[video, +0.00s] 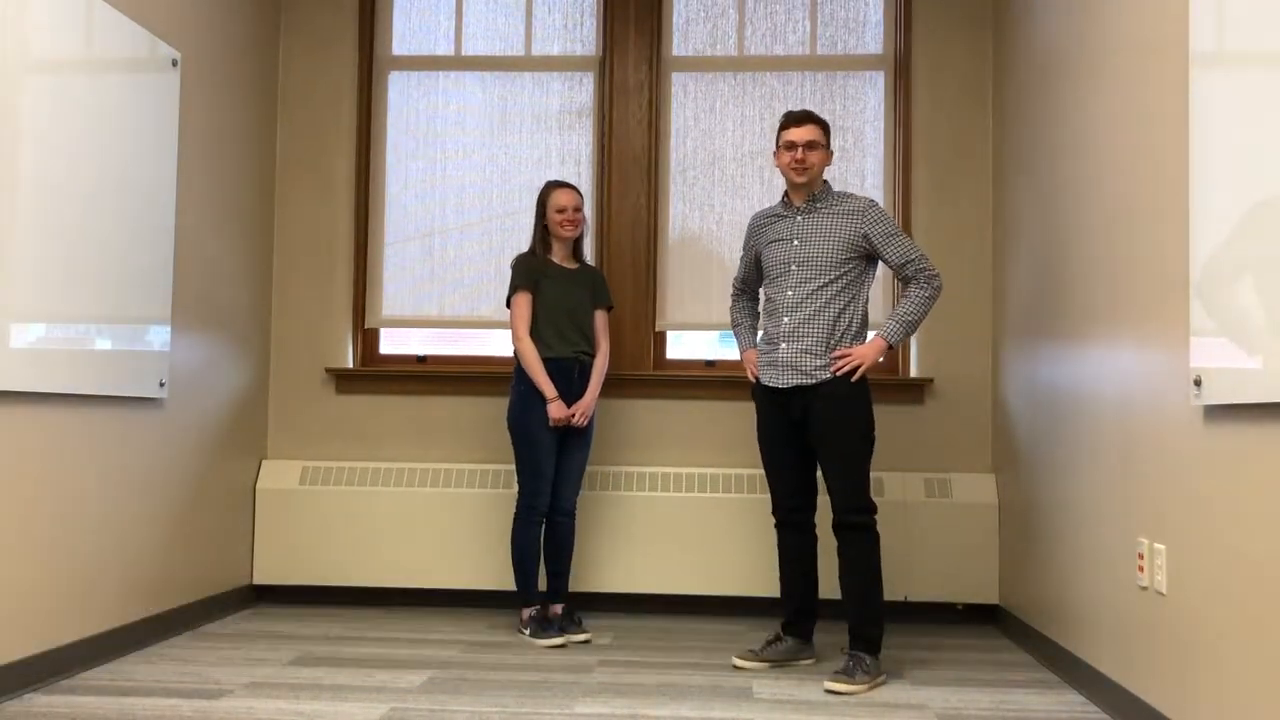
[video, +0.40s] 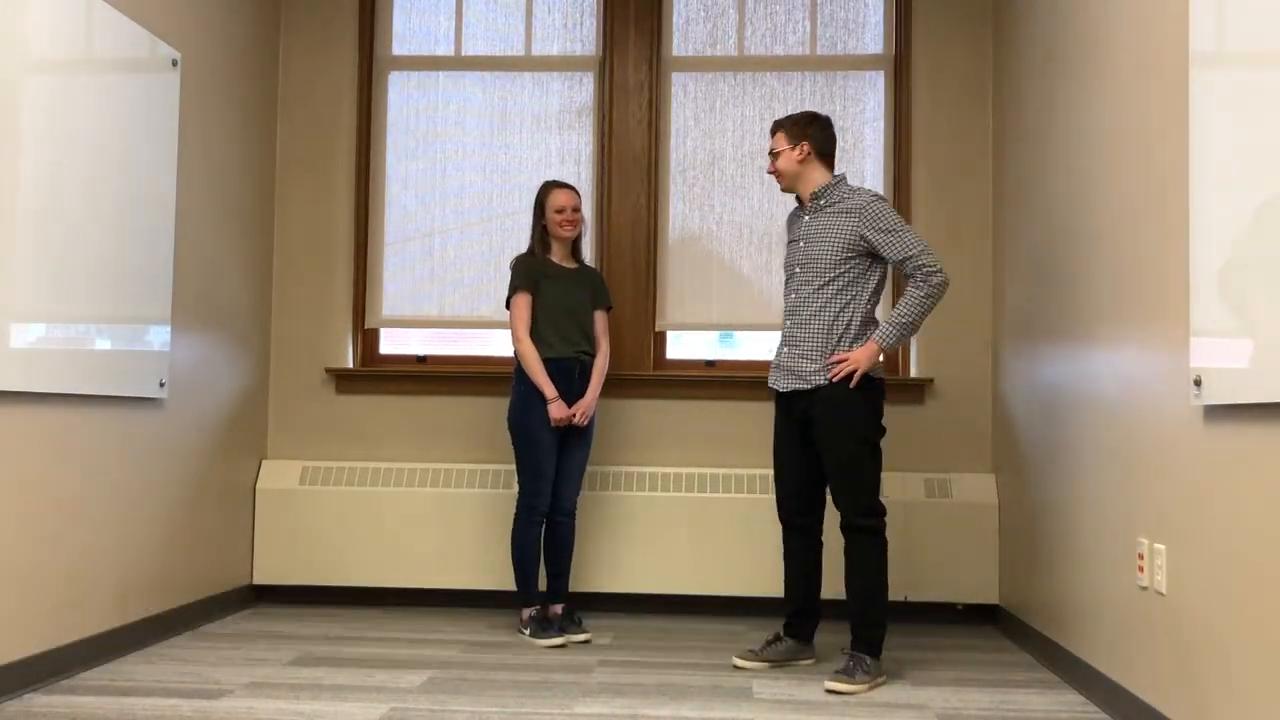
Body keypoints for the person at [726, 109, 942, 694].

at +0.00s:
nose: (799, 155)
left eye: (810, 146)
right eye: (789, 147)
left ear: (828, 155)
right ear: (776, 157)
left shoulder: (858, 214)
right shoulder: (762, 225)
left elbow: (924, 280)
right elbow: (743, 294)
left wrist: (882, 340)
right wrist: (747, 344)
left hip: (838, 388)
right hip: (776, 392)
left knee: (852, 516)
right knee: (791, 517)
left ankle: (863, 653)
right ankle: (795, 636)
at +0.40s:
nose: (769, 164)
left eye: (775, 153)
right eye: (769, 154)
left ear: (803, 150)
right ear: (802, 151)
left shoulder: (859, 207)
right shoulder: (799, 216)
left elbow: (929, 277)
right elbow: (815, 295)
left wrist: (877, 345)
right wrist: (790, 356)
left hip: (845, 391)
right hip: (794, 391)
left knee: (860, 520)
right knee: (799, 518)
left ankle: (865, 655)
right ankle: (797, 638)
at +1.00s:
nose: (768, 170)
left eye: (774, 160)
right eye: (770, 160)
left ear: (797, 163)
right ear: (803, 163)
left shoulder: (829, 217)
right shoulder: (811, 218)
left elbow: (821, 309)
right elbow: (826, 311)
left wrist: (750, 356)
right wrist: (792, 367)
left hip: (840, 387)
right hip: (811, 384)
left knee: (858, 519)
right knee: (788, 506)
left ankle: (866, 653)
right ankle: (781, 625)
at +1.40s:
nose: (743, 177)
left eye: (748, 167)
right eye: (745, 168)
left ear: (772, 167)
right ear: (776, 169)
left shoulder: (796, 225)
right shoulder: (783, 226)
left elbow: (761, 309)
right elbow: (764, 316)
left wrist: (691, 340)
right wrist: (703, 352)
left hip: (796, 379)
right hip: (778, 380)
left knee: (781, 500)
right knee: (768, 500)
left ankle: (831, 635)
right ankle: (781, 626)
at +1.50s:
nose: (739, 177)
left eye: (744, 167)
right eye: (740, 168)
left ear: (768, 169)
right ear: (773, 170)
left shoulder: (792, 224)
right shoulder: (779, 225)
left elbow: (757, 307)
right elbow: (758, 314)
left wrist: (687, 337)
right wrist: (699, 351)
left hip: (792, 382)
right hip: (776, 381)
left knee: (770, 504)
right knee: (766, 503)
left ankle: (799, 632)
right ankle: (779, 623)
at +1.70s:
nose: (733, 178)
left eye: (739, 168)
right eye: (734, 169)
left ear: (763, 170)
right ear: (768, 171)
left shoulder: (783, 223)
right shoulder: (775, 224)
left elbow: (743, 306)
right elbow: (746, 317)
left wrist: (672, 332)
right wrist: (681, 337)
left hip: (779, 382)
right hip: (770, 380)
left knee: (772, 505)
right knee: (768, 504)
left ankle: (779, 632)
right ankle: (774, 626)